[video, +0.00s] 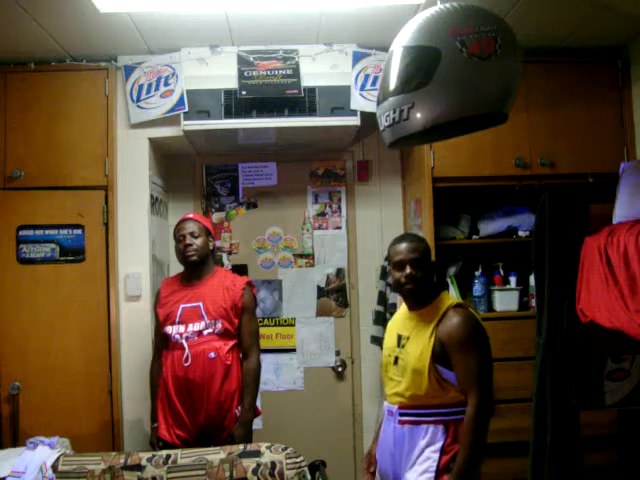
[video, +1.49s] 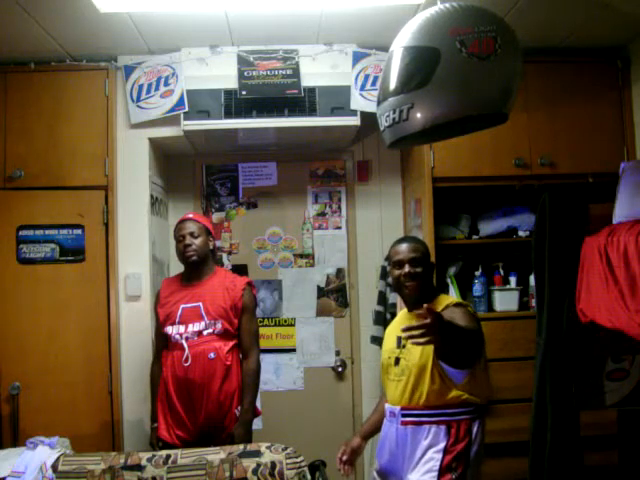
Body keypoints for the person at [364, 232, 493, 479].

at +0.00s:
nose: (409, 273)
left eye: (417, 264)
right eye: (399, 267)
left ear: (431, 267)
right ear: (390, 274)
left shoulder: (457, 323)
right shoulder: (400, 316)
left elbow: (478, 401)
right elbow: (397, 391)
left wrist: (460, 471)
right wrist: (376, 443)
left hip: (434, 439)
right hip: (392, 436)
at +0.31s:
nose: (404, 275)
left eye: (413, 267)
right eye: (395, 269)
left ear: (428, 271)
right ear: (386, 275)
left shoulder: (455, 323)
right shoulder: (401, 320)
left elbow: (481, 398)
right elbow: (395, 392)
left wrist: (457, 468)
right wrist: (371, 440)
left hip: (434, 447)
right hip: (391, 445)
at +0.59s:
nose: (409, 271)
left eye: (417, 264)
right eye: (400, 265)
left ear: (431, 268)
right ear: (390, 273)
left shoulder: (455, 314)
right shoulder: (396, 321)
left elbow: (475, 370)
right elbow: (393, 391)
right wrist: (370, 437)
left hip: (440, 434)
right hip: (394, 434)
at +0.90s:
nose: (408, 273)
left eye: (416, 265)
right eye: (399, 266)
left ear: (430, 270)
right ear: (389, 274)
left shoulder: (453, 314)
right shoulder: (395, 326)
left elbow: (475, 365)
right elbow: (392, 396)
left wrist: (451, 365)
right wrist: (364, 440)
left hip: (440, 436)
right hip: (394, 438)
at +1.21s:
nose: (407, 271)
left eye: (416, 262)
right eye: (398, 265)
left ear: (431, 268)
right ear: (389, 274)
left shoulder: (453, 313)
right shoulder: (396, 324)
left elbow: (477, 363)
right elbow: (393, 393)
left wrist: (451, 355)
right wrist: (362, 436)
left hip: (441, 435)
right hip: (395, 436)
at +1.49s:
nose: (407, 271)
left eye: (416, 263)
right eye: (398, 265)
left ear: (429, 269)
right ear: (389, 274)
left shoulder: (453, 311)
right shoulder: (396, 324)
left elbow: (469, 357)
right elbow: (393, 393)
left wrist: (442, 333)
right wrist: (361, 437)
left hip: (441, 435)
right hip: (395, 436)